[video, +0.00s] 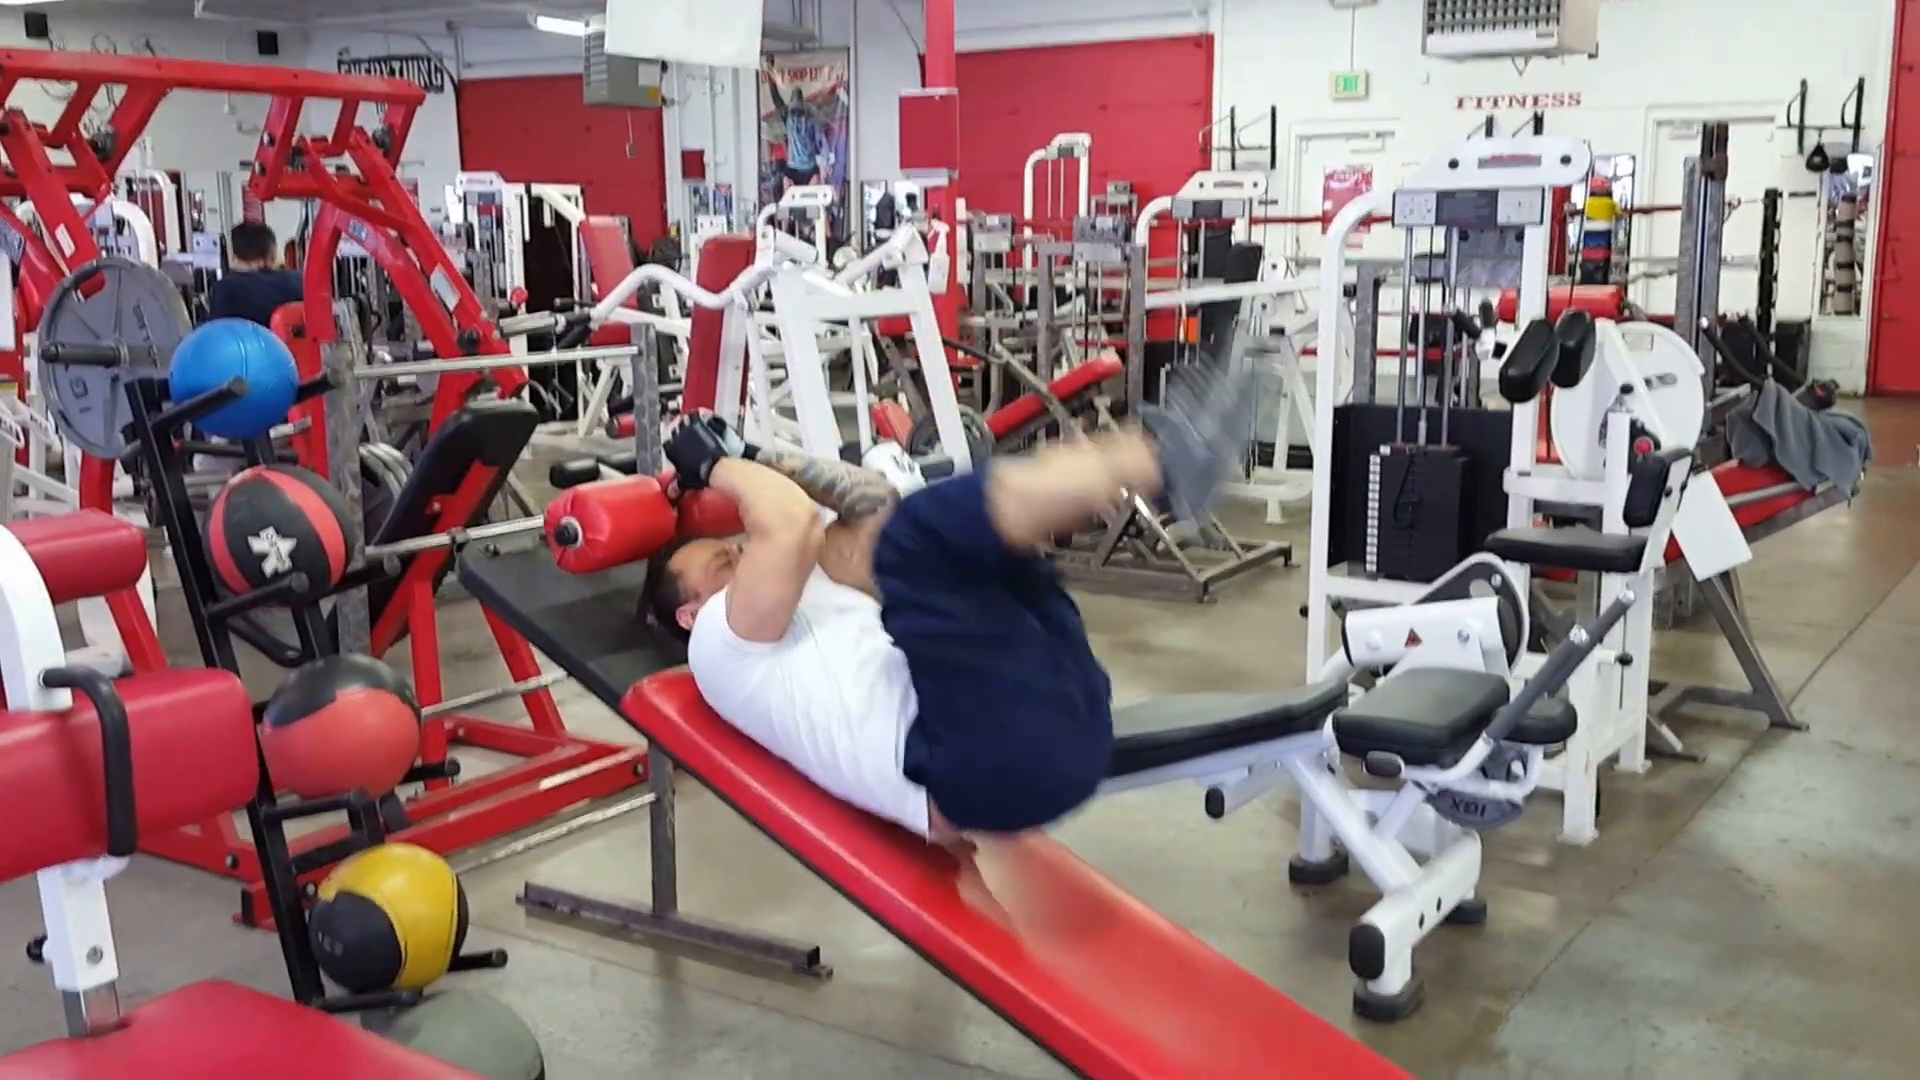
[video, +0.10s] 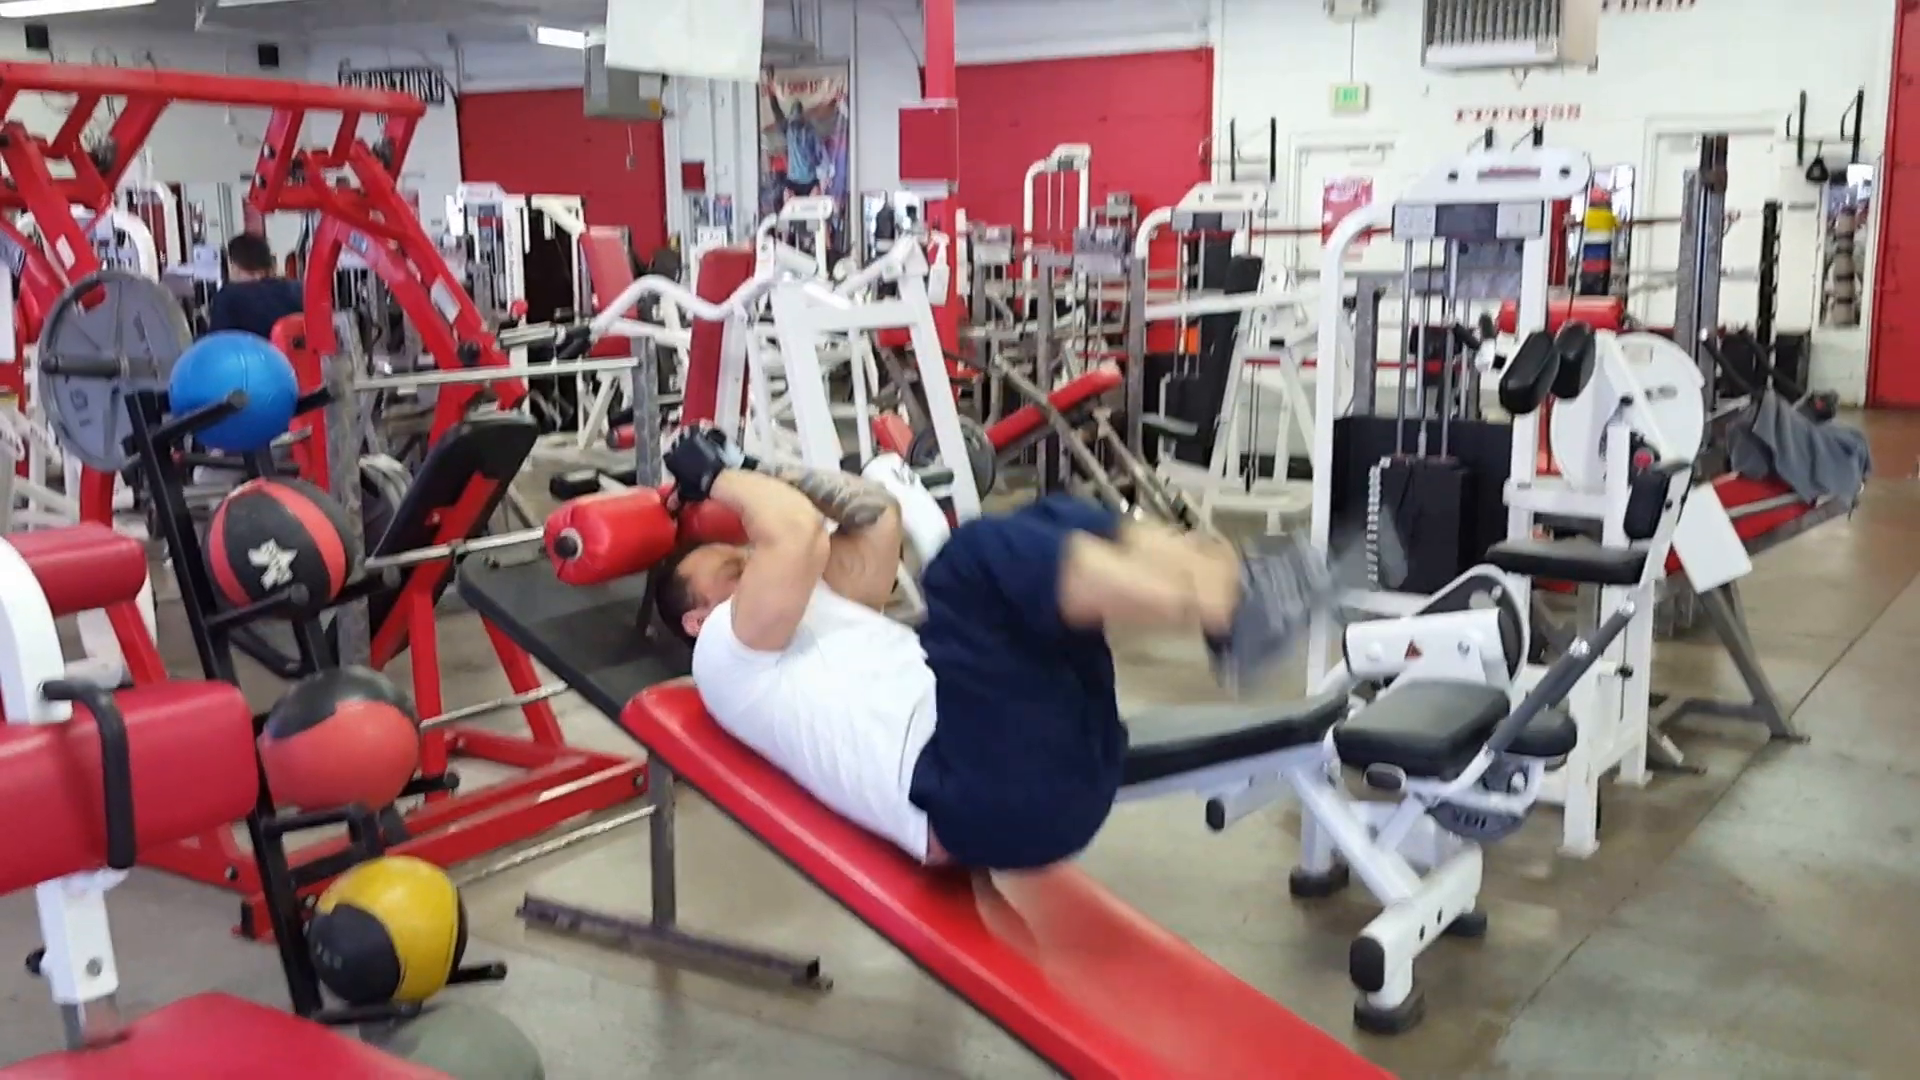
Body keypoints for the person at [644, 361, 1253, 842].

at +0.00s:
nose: (747, 564)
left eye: (741, 555)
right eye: (722, 564)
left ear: (758, 560)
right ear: (686, 612)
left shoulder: (823, 614)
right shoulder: (720, 650)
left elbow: (867, 548)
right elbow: (791, 523)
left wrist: (790, 506)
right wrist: (719, 466)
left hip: (1060, 726)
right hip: (995, 768)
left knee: (946, 525)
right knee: (914, 533)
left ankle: (1161, 455)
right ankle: (1154, 460)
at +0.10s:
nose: (738, 560)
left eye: (729, 556)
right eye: (721, 561)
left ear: (737, 580)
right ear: (702, 605)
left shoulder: (830, 620)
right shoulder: (726, 656)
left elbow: (879, 517)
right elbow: (795, 527)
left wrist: (787, 490)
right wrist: (713, 475)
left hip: (1051, 761)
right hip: (991, 803)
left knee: (1051, 520)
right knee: (974, 557)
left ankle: (1237, 594)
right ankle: (1212, 608)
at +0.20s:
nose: (752, 572)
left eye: (745, 563)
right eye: (729, 573)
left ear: (759, 585)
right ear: (702, 621)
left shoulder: (831, 623)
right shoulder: (728, 671)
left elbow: (881, 526)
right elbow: (795, 540)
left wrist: (784, 497)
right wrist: (715, 487)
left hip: (1043, 785)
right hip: (984, 829)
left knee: (1105, 559)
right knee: (1035, 585)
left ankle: (1282, 712)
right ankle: (1242, 723)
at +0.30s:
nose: (751, 591)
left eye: (742, 581)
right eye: (729, 589)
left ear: (755, 597)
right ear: (700, 632)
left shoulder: (835, 636)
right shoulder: (730, 684)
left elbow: (875, 534)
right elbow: (793, 545)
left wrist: (762, 521)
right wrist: (713, 499)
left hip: (1043, 833)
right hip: (977, 867)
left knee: (1149, 614)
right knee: (1082, 643)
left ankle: (1313, 820)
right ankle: (1272, 843)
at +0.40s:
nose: (761, 593)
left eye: (752, 589)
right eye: (736, 592)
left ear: (759, 609)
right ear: (710, 632)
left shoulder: (837, 657)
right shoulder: (730, 693)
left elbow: (875, 549)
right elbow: (793, 560)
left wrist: (760, 511)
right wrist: (715, 513)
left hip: (1039, 863)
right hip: (981, 894)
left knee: (1191, 684)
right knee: (1125, 703)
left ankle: (1347, 924)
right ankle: (1294, 943)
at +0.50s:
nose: (759, 606)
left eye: (747, 603)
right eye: (730, 610)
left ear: (759, 621)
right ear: (708, 652)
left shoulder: (843, 666)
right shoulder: (734, 705)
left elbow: (878, 560)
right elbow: (791, 569)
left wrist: (769, 533)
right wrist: (716, 527)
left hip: (1046, 854)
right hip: (986, 900)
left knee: (1225, 732)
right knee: (1166, 753)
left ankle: (1357, 981)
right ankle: (1307, 1003)